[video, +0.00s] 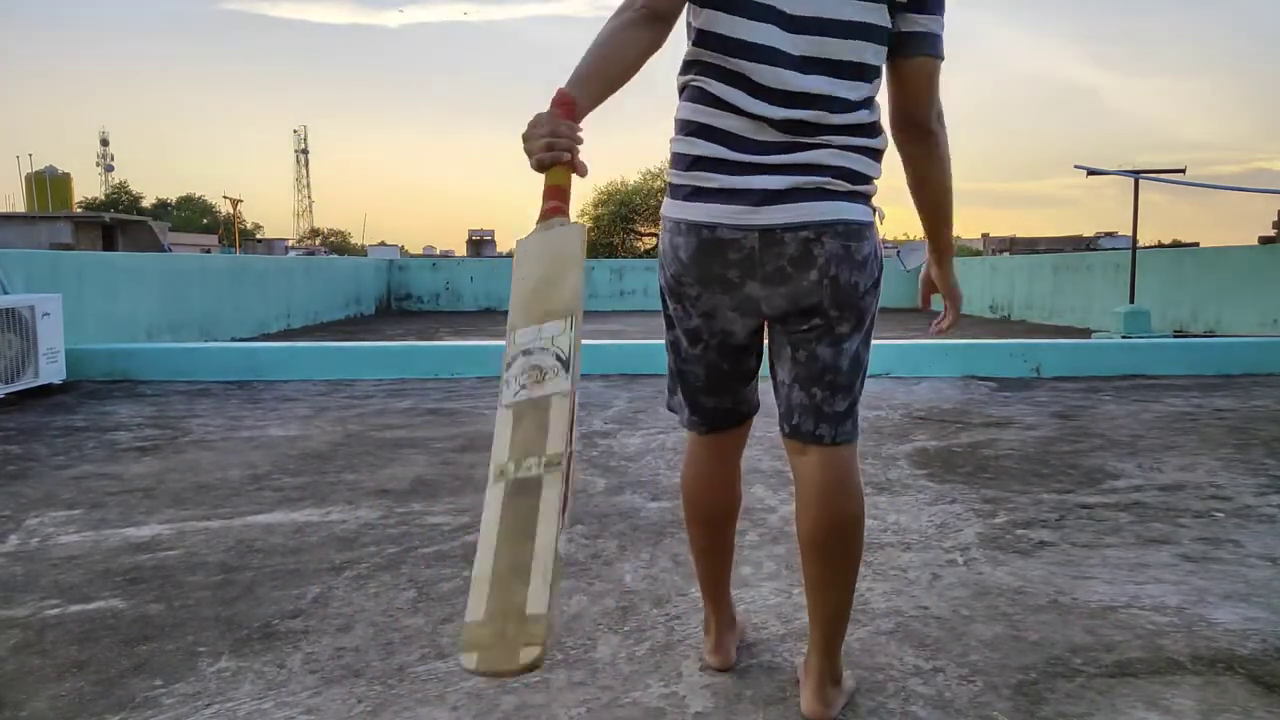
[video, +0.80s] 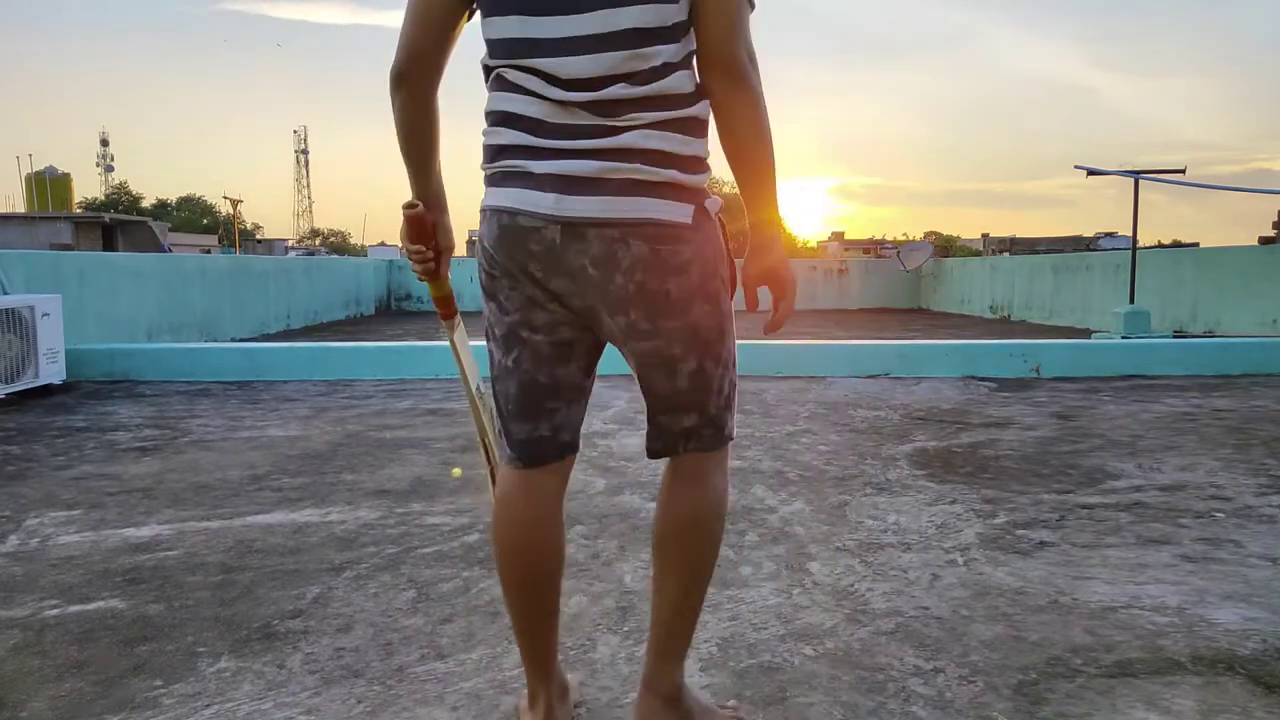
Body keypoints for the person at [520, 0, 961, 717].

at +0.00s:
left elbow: (648, 12)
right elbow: (917, 119)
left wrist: (563, 108)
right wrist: (941, 249)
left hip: (704, 218)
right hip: (830, 222)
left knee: (713, 426)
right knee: (826, 442)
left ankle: (718, 628)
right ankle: (822, 676)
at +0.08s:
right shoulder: (906, 0)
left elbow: (648, 10)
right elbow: (906, 116)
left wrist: (566, 123)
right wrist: (898, 214)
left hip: (702, 217)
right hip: (830, 223)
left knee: (702, 427)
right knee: (825, 442)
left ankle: (701, 633)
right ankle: (822, 676)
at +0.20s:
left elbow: (643, 16)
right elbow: (878, 98)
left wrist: (561, 153)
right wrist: (814, 168)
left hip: (692, 216)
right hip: (822, 221)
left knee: (673, 428)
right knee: (822, 444)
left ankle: (660, 646)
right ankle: (823, 674)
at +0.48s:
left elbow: (551, 69)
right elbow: (812, 92)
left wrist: (511, 207)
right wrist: (737, 162)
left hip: (627, 230)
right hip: (761, 232)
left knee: (589, 462)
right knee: (787, 452)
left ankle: (551, 689)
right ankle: (822, 673)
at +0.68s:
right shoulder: (735, 3)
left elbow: (448, 77)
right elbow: (749, 88)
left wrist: (440, 202)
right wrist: (767, 229)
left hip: (541, 217)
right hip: (681, 223)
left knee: (544, 458)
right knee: (735, 453)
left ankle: (543, 691)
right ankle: (772, 676)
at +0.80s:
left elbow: (411, 73)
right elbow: (728, 66)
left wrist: (428, 199)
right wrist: (766, 223)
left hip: (519, 220)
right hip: (657, 225)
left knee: (531, 458)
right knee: (698, 446)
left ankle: (542, 688)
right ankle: (663, 686)